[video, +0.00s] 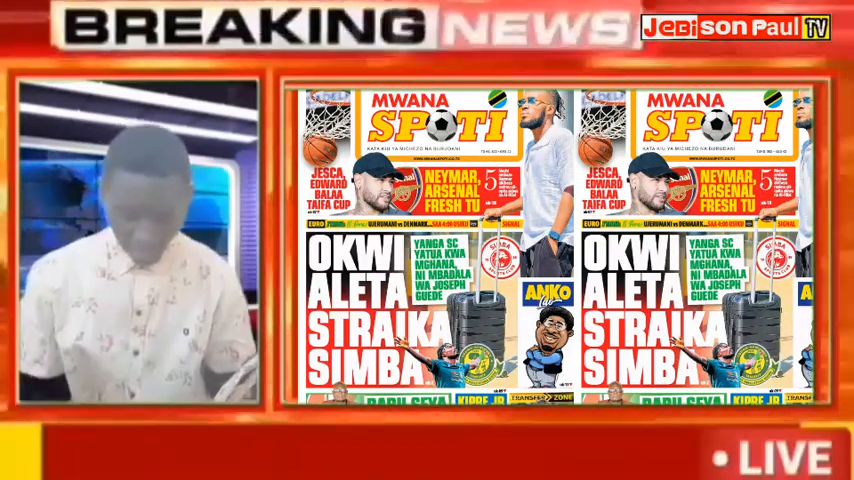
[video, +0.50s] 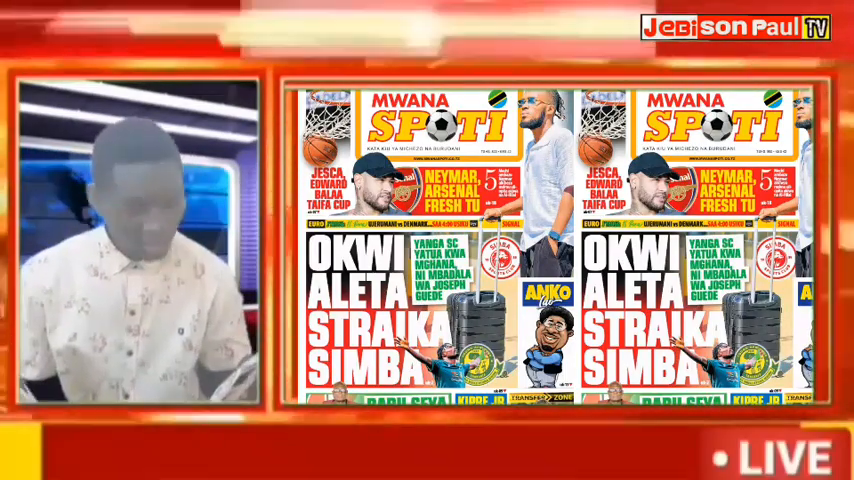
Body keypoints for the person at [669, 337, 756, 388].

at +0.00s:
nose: (729, 348)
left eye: (729, 347)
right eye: (725, 347)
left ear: (731, 351)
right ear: (718, 353)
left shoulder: (737, 366)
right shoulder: (714, 364)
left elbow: (750, 365)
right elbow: (698, 359)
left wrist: (754, 359)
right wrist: (684, 348)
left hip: (737, 401)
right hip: (720, 401)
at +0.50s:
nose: (729, 348)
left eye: (729, 347)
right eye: (725, 347)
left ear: (731, 351)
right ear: (718, 353)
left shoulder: (737, 366)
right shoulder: (714, 364)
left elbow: (750, 365)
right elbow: (698, 359)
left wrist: (754, 359)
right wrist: (684, 348)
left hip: (737, 401)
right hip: (720, 401)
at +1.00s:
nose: (729, 348)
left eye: (729, 346)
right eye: (725, 347)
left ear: (731, 351)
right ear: (719, 353)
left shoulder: (737, 366)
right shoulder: (714, 364)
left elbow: (749, 365)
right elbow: (698, 359)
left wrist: (754, 359)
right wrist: (684, 348)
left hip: (736, 401)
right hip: (720, 402)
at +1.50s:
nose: (729, 348)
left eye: (729, 347)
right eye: (725, 347)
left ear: (731, 351)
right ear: (718, 353)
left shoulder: (737, 366)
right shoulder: (714, 364)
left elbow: (750, 365)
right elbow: (698, 359)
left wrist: (754, 359)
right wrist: (684, 348)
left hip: (737, 401)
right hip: (720, 402)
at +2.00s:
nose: (729, 348)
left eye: (729, 347)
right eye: (725, 347)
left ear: (731, 351)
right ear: (718, 353)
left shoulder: (737, 366)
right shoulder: (714, 364)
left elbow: (750, 365)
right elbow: (698, 359)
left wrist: (754, 359)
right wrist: (684, 348)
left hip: (737, 401)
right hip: (720, 402)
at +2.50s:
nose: (729, 348)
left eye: (729, 347)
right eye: (724, 347)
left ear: (731, 351)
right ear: (718, 353)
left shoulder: (737, 366)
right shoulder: (714, 364)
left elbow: (749, 365)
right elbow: (698, 359)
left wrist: (754, 359)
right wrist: (684, 348)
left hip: (736, 401)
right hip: (720, 401)